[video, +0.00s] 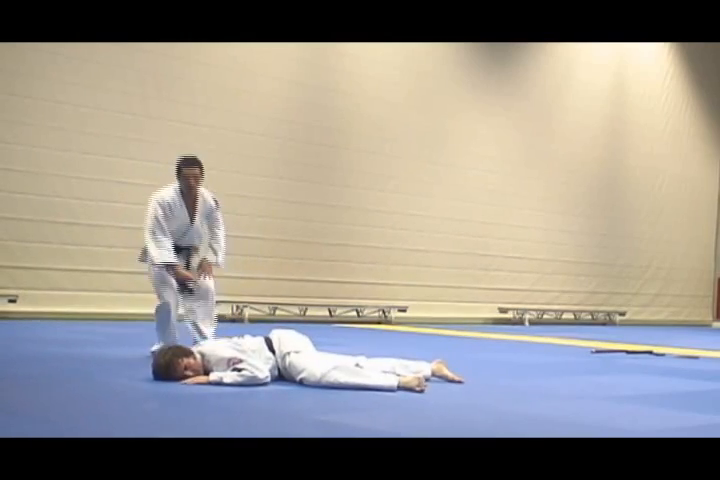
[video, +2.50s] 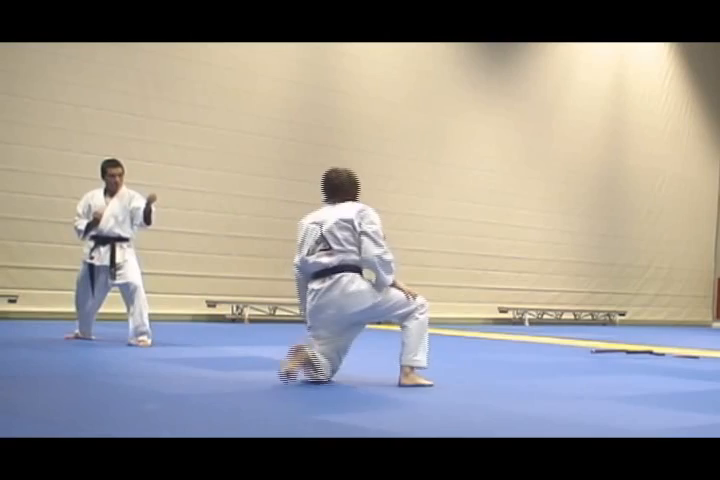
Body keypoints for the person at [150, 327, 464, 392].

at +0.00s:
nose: (189, 375)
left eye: (185, 370)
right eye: (183, 375)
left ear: (189, 359)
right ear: (184, 364)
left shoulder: (213, 351)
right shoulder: (203, 352)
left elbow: (259, 372)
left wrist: (214, 379)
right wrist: (207, 369)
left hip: (280, 348)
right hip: (280, 349)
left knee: (317, 373)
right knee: (350, 365)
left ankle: (400, 381)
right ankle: (427, 368)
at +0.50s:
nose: (175, 359)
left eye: (175, 353)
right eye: (173, 354)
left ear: (189, 344)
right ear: (189, 341)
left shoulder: (223, 341)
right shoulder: (210, 347)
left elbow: (272, 347)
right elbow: (237, 356)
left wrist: (255, 374)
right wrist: (220, 370)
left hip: (292, 355)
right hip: (292, 350)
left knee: (324, 377)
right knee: (357, 363)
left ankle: (397, 381)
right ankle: (434, 353)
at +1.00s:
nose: (198, 283)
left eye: (201, 278)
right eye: (198, 278)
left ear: (215, 278)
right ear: (220, 274)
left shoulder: (247, 295)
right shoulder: (227, 297)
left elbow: (262, 339)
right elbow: (234, 336)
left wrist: (258, 375)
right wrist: (230, 366)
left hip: (304, 336)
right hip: (294, 350)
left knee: (318, 375)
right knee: (363, 366)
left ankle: (393, 377)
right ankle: (433, 347)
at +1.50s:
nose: (239, 280)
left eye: (239, 275)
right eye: (238, 275)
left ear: (250, 273)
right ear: (262, 262)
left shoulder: (283, 281)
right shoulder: (277, 279)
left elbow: (279, 331)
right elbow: (256, 324)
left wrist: (263, 374)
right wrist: (234, 362)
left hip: (353, 301)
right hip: (364, 298)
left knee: (321, 369)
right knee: (374, 367)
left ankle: (386, 367)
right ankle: (439, 363)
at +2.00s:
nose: (267, 243)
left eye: (266, 238)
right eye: (266, 237)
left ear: (273, 239)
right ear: (293, 226)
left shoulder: (286, 264)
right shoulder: (325, 236)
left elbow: (272, 316)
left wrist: (251, 360)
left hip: (353, 304)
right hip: (379, 292)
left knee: (326, 370)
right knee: (381, 359)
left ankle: (379, 371)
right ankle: (437, 374)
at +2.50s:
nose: (356, 194)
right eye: (356, 190)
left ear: (325, 193)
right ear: (354, 192)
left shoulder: (308, 221)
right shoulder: (361, 212)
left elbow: (301, 268)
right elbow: (373, 255)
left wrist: (307, 310)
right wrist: (390, 282)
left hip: (318, 298)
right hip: (351, 290)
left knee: (324, 367)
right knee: (417, 307)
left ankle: (304, 356)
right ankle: (408, 372)